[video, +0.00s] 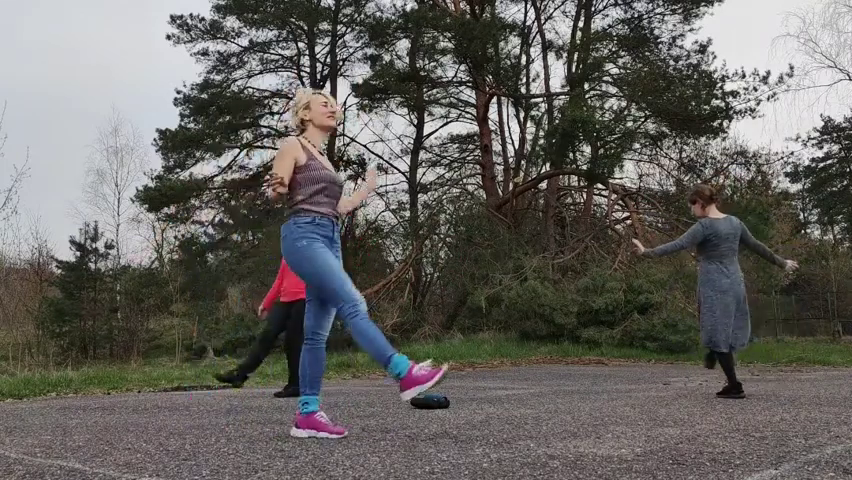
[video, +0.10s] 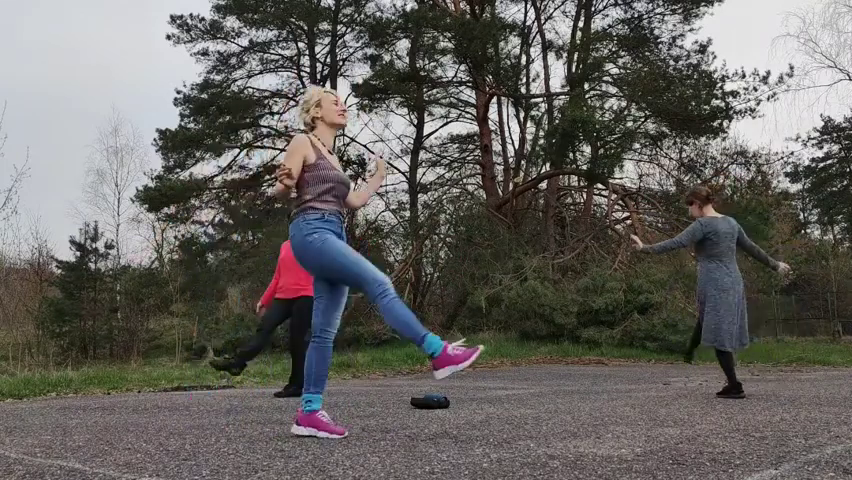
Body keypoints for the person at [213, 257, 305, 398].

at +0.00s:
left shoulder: (317, 254)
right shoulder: (290, 253)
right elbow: (280, 280)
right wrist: (266, 302)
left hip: (302, 300)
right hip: (284, 300)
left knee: (294, 343)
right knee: (266, 338)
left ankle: (295, 385)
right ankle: (239, 375)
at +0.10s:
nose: (298, 230)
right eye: (296, 226)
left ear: (312, 229)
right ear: (294, 228)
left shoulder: (317, 246)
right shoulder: (287, 245)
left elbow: (323, 273)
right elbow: (277, 277)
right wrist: (264, 300)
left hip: (306, 295)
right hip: (284, 296)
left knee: (297, 342)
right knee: (264, 329)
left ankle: (296, 385)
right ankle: (237, 363)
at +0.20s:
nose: (295, 219)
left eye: (298, 215)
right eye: (291, 216)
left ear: (303, 218)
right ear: (286, 219)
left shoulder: (310, 238)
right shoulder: (283, 242)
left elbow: (314, 259)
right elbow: (275, 272)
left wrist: (302, 233)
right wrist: (261, 295)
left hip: (304, 292)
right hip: (282, 291)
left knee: (297, 339)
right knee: (267, 318)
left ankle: (295, 384)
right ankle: (259, 364)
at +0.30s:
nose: (293, 218)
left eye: (295, 214)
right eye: (289, 215)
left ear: (302, 216)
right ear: (284, 219)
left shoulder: (308, 237)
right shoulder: (280, 239)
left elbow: (309, 259)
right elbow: (272, 270)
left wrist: (300, 240)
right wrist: (259, 292)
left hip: (303, 292)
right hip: (279, 292)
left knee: (297, 337)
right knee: (278, 332)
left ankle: (296, 380)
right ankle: (286, 376)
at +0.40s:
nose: (292, 219)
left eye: (295, 215)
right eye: (288, 216)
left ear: (301, 218)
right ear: (283, 220)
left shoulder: (308, 239)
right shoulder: (276, 241)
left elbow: (307, 260)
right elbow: (267, 270)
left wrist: (296, 241)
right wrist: (252, 293)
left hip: (304, 293)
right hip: (279, 294)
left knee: (298, 340)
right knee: (289, 339)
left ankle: (292, 382)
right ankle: (302, 382)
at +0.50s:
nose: (291, 217)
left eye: (294, 213)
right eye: (287, 214)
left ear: (300, 216)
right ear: (282, 218)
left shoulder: (308, 238)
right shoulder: (275, 241)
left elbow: (309, 262)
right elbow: (264, 269)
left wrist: (296, 245)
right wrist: (247, 291)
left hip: (304, 293)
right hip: (280, 294)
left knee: (299, 339)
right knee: (289, 339)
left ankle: (292, 381)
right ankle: (301, 383)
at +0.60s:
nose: (292, 215)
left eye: (295, 211)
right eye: (288, 212)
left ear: (301, 214)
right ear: (283, 216)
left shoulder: (309, 237)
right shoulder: (275, 239)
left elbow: (313, 262)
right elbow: (265, 270)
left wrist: (297, 250)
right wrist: (240, 286)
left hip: (304, 292)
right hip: (280, 293)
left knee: (299, 338)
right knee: (289, 338)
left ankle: (295, 381)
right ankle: (297, 382)